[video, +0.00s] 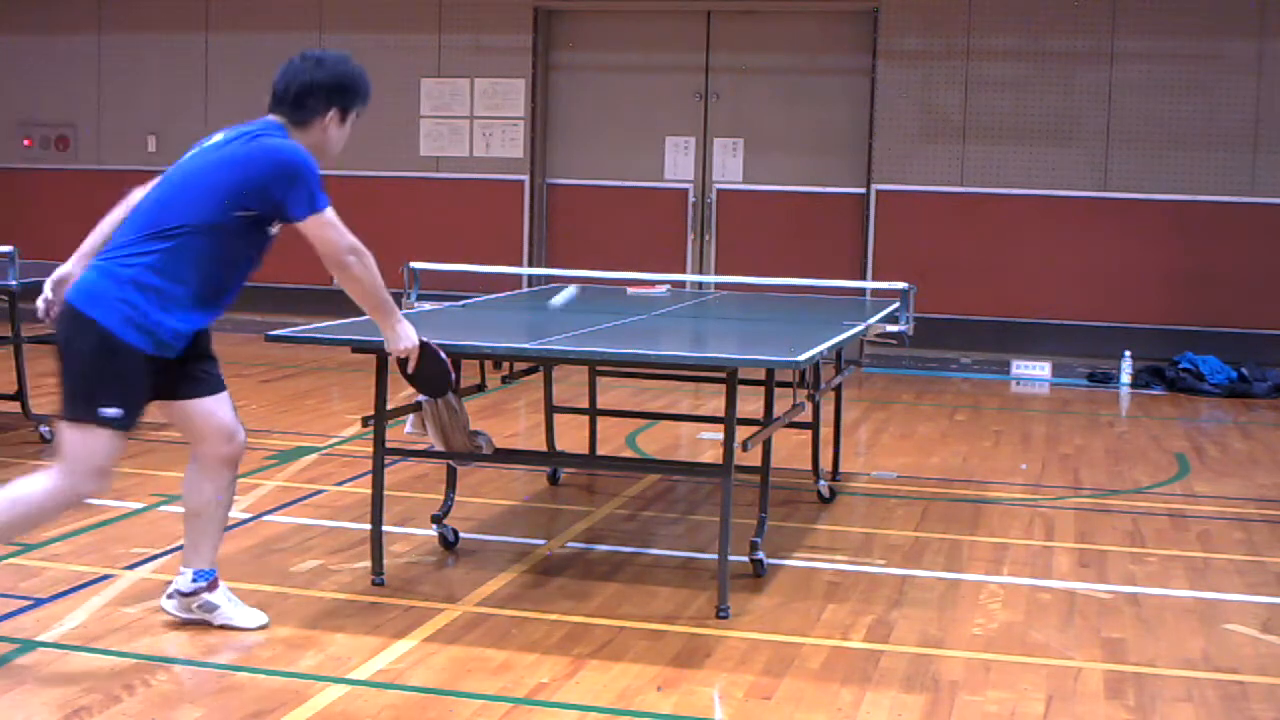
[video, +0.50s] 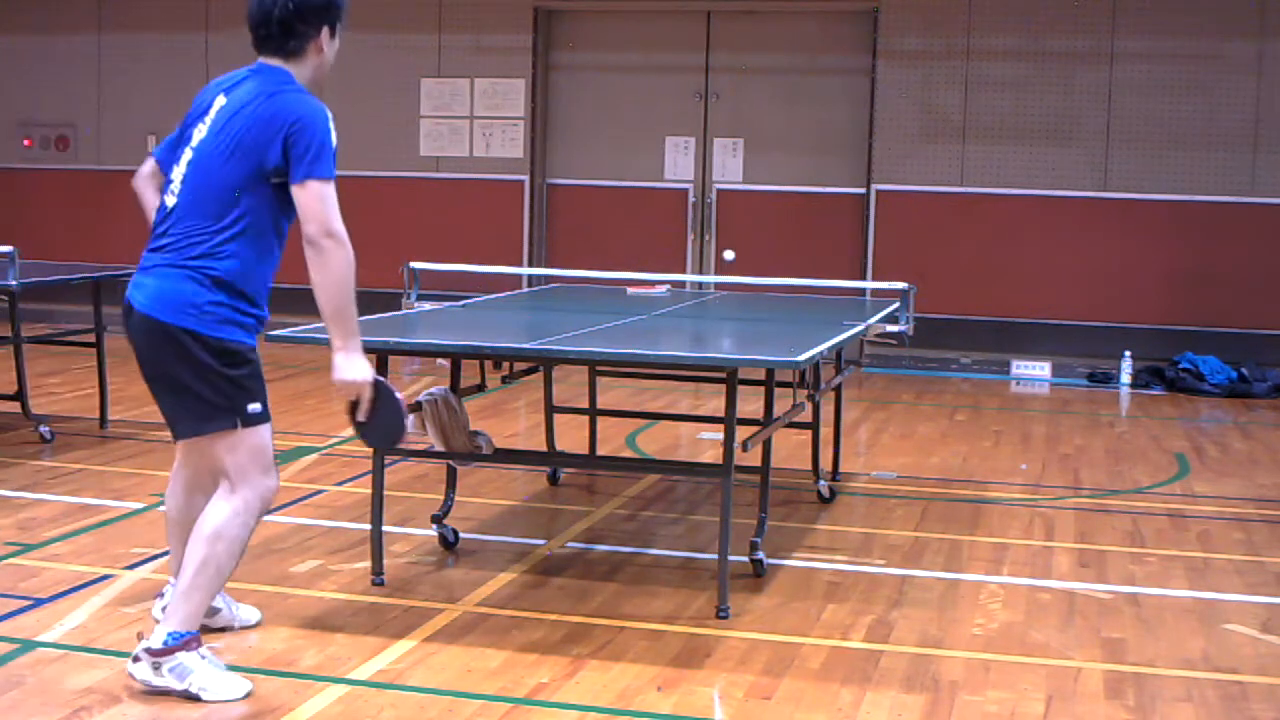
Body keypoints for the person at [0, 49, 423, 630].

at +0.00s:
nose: (347, 135)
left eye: (352, 121)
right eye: (350, 121)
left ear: (287, 103)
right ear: (330, 117)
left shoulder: (235, 140)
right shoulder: (286, 157)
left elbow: (140, 198)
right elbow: (345, 256)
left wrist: (76, 264)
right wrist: (396, 326)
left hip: (173, 324)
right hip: (110, 313)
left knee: (220, 441)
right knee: (80, 474)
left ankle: (195, 586)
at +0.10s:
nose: (354, 108)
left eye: (357, 95)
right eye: (355, 94)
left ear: (292, 80)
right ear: (334, 90)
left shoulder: (240, 119)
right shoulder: (300, 144)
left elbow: (140, 174)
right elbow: (349, 251)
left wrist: (93, 257)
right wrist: (393, 328)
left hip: (188, 315)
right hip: (131, 307)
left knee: (220, 444)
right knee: (139, 475)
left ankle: (197, 584)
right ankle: (18, 592)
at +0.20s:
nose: (351, 86)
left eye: (353, 74)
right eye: (352, 72)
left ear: (285, 59)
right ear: (332, 68)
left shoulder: (239, 104)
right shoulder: (300, 132)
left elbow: (139, 168)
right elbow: (346, 248)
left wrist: (118, 264)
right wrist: (391, 333)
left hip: (188, 306)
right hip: (152, 303)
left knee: (222, 441)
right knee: (194, 465)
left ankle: (194, 582)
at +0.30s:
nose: (343, 78)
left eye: (344, 65)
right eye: (344, 65)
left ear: (276, 51)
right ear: (326, 62)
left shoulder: (226, 101)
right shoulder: (299, 130)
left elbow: (131, 165)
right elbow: (339, 250)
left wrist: (148, 259)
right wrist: (381, 347)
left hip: (147, 306)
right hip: (180, 318)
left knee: (211, 459)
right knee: (233, 483)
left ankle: (188, 592)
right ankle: (161, 654)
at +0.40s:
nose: (335, 67)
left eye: (335, 53)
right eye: (337, 54)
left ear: (263, 45)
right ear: (322, 52)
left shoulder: (220, 100)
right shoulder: (299, 124)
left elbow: (130, 175)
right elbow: (331, 245)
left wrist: (159, 265)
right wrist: (365, 356)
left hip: (150, 310)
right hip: (197, 323)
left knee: (205, 468)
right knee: (250, 489)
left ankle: (184, 596)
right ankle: (166, 651)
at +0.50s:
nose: (336, 48)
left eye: (336, 35)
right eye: (337, 35)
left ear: (265, 30)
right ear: (323, 37)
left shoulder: (222, 89)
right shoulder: (304, 113)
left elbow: (148, 179)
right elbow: (323, 234)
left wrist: (186, 255)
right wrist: (347, 351)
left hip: (156, 300)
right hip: (204, 314)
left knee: (200, 458)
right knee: (253, 484)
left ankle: (188, 595)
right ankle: (169, 645)